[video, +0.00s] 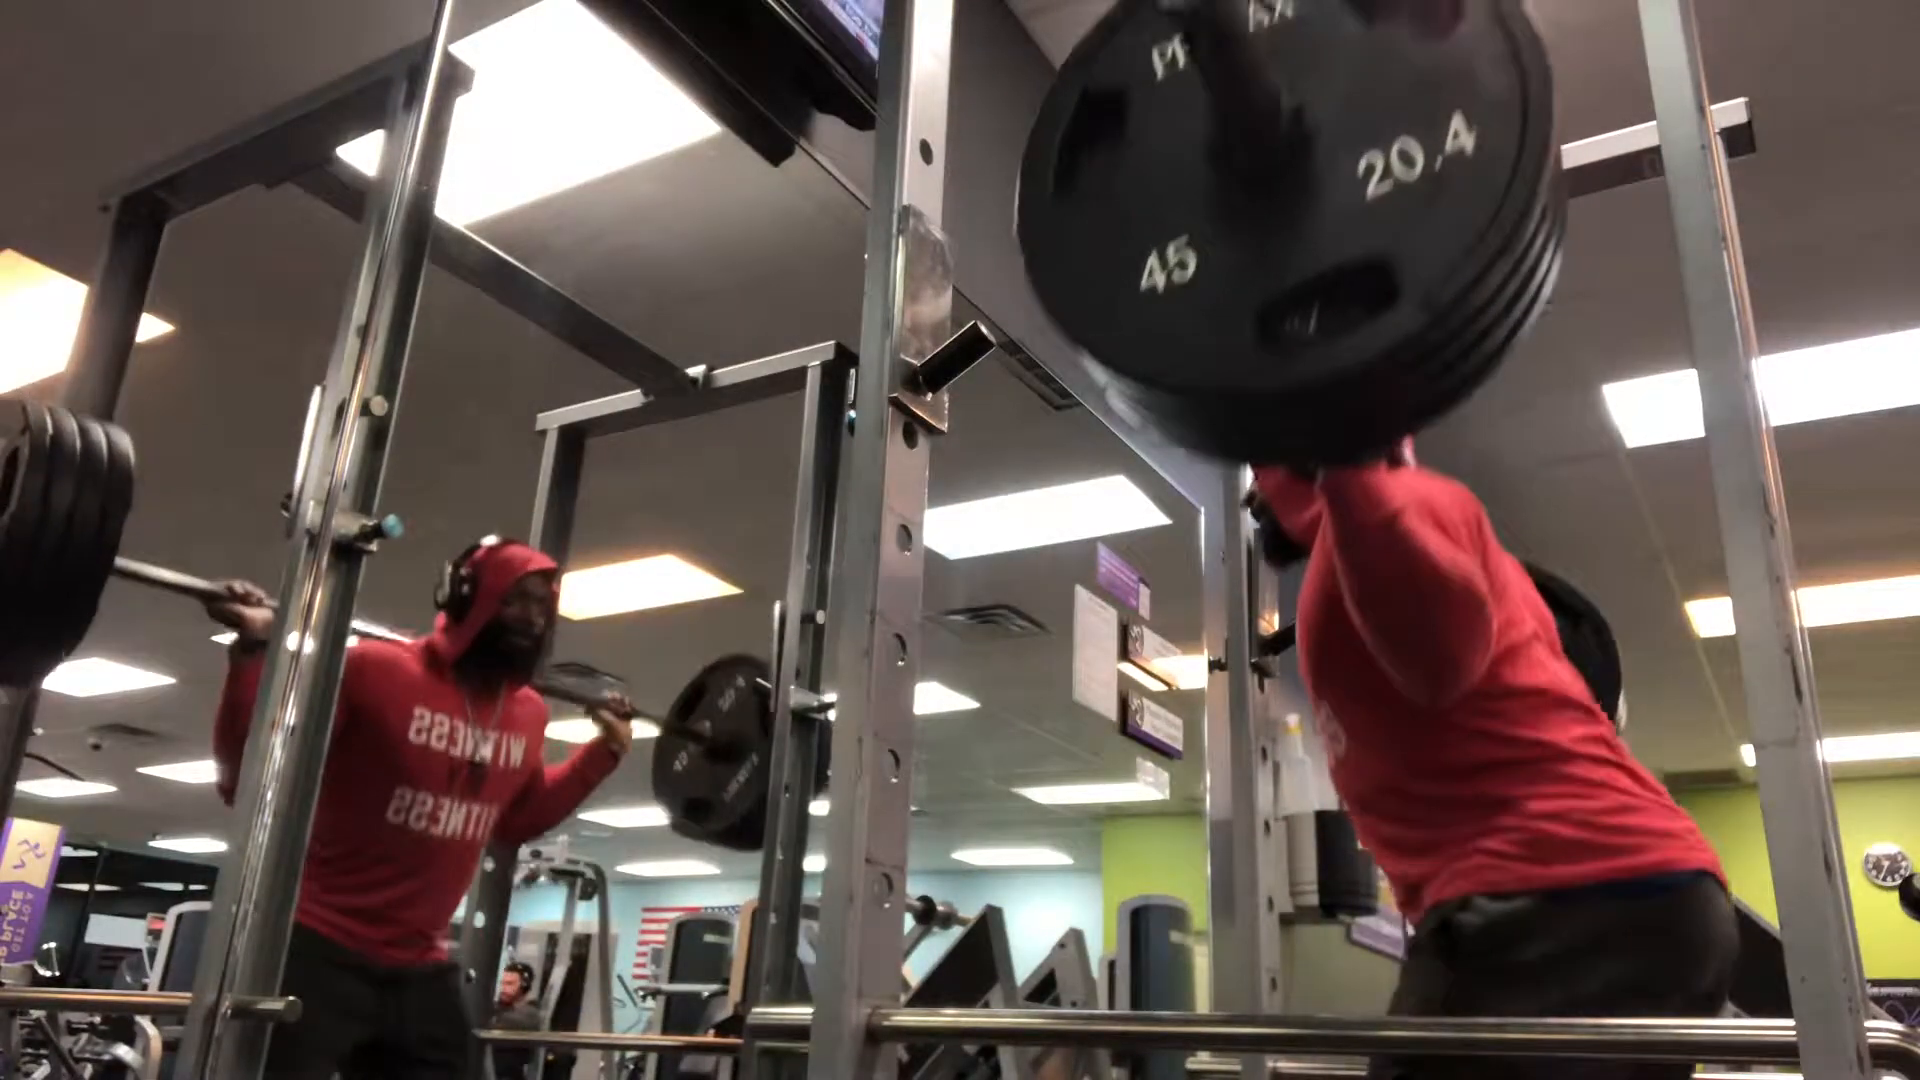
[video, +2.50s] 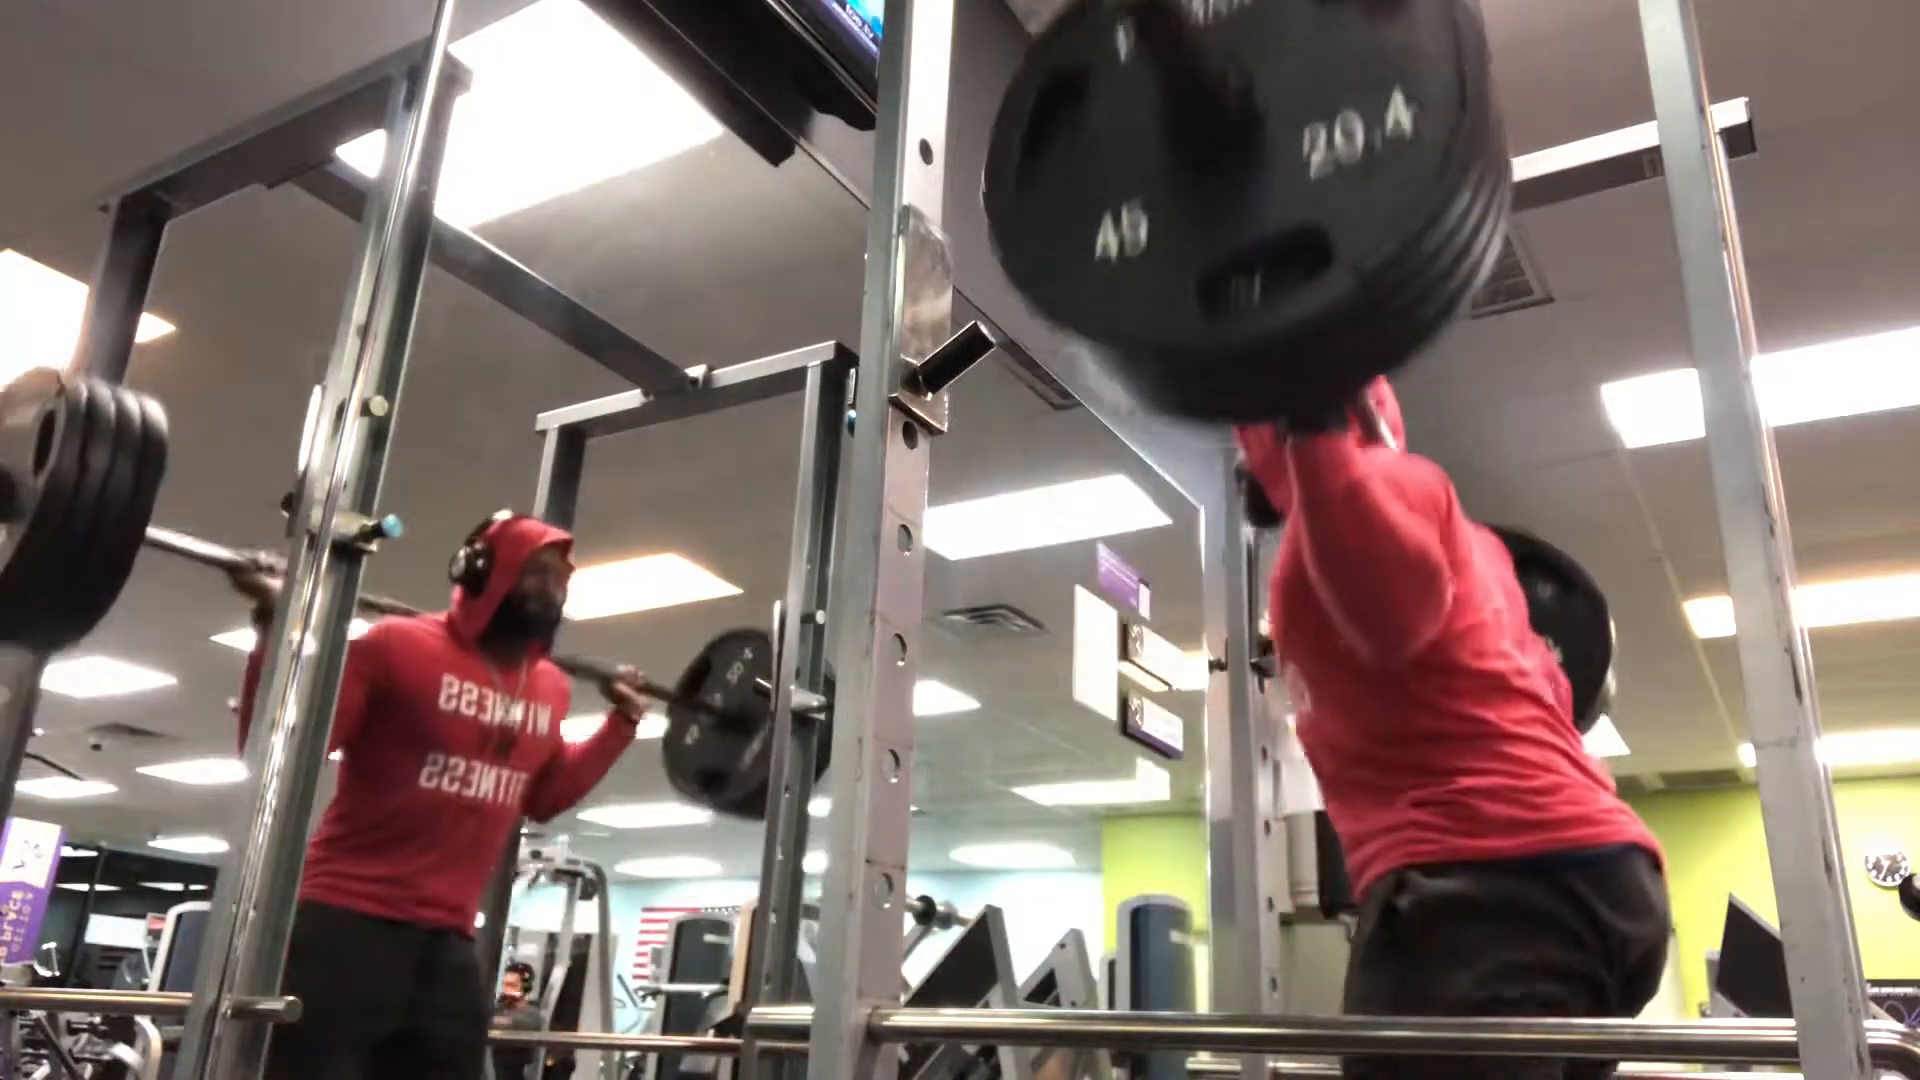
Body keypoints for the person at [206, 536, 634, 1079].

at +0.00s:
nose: (535, 617)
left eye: (545, 604)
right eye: (520, 599)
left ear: (556, 616)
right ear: (474, 600)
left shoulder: (525, 712)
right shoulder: (371, 669)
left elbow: (514, 822)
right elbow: (240, 782)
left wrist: (602, 753)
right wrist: (252, 651)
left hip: (422, 970)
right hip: (317, 951)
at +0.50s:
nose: (529, 753)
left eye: (538, 738)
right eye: (513, 731)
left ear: (544, 749)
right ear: (465, 730)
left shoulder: (516, 844)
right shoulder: (350, 808)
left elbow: (501, 952)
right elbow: (214, 935)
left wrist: (592, 881)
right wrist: (233, 800)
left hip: (411, 1059)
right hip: (302, 1051)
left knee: (471, 1070)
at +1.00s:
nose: (516, 850)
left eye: (527, 834)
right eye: (501, 829)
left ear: (535, 840)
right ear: (455, 827)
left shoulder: (506, 935)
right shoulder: (335, 906)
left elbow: (493, 1041)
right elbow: (210, 1029)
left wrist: (583, 967)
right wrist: (221, 897)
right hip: (303, 1072)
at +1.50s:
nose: (518, 861)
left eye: (531, 845)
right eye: (503, 840)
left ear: (542, 852)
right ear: (457, 834)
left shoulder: (511, 937)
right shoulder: (343, 908)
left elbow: (502, 1043)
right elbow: (227, 1009)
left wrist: (588, 967)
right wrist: (227, 895)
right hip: (305, 1071)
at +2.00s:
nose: (532, 755)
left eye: (541, 739)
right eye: (514, 734)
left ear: (550, 749)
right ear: (469, 736)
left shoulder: (524, 845)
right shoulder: (360, 815)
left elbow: (517, 947)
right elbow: (246, 932)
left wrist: (603, 878)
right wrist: (239, 807)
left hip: (417, 1063)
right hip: (315, 1049)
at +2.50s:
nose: (554, 592)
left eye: (561, 576)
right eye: (537, 572)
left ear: (566, 586)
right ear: (490, 575)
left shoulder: (548, 686)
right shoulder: (398, 645)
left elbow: (544, 798)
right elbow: (271, 749)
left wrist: (621, 723)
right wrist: (275, 627)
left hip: (447, 943)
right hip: (344, 924)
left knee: (452, 1067)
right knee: (317, 1069)